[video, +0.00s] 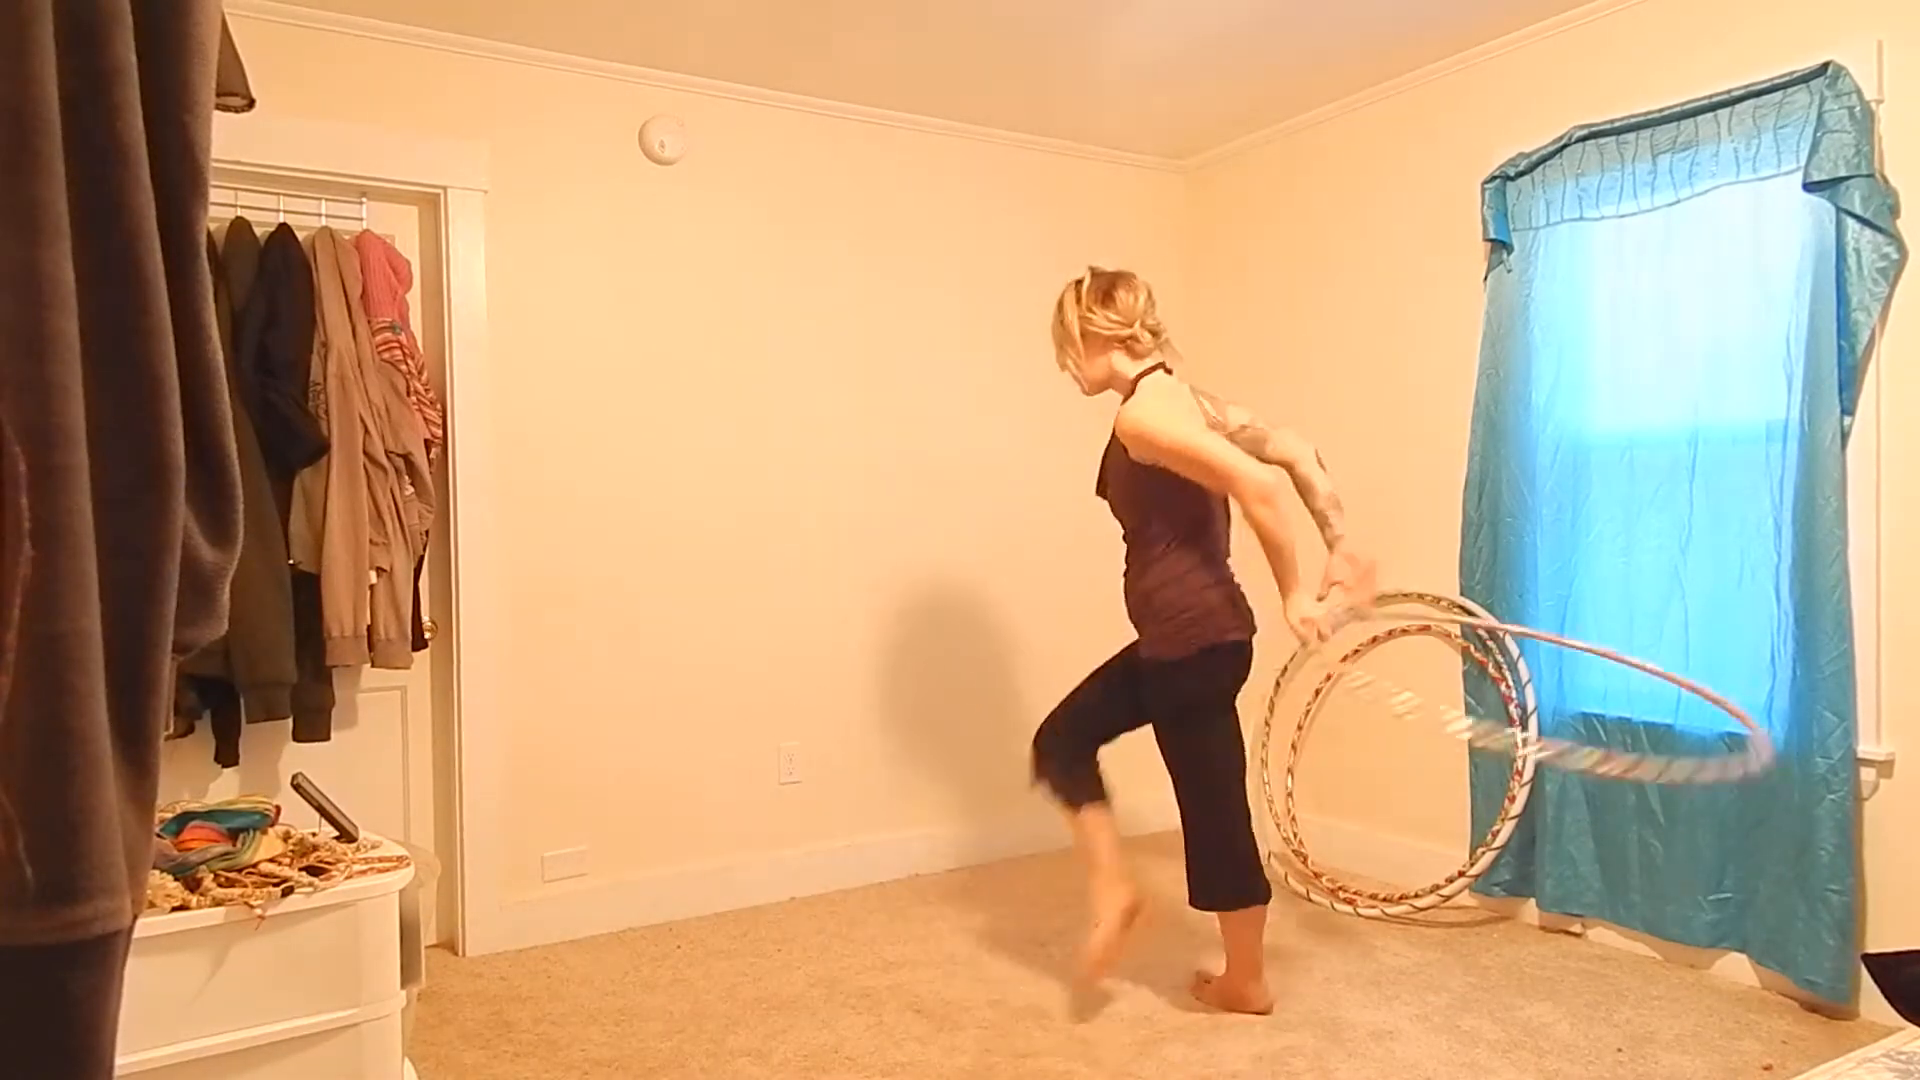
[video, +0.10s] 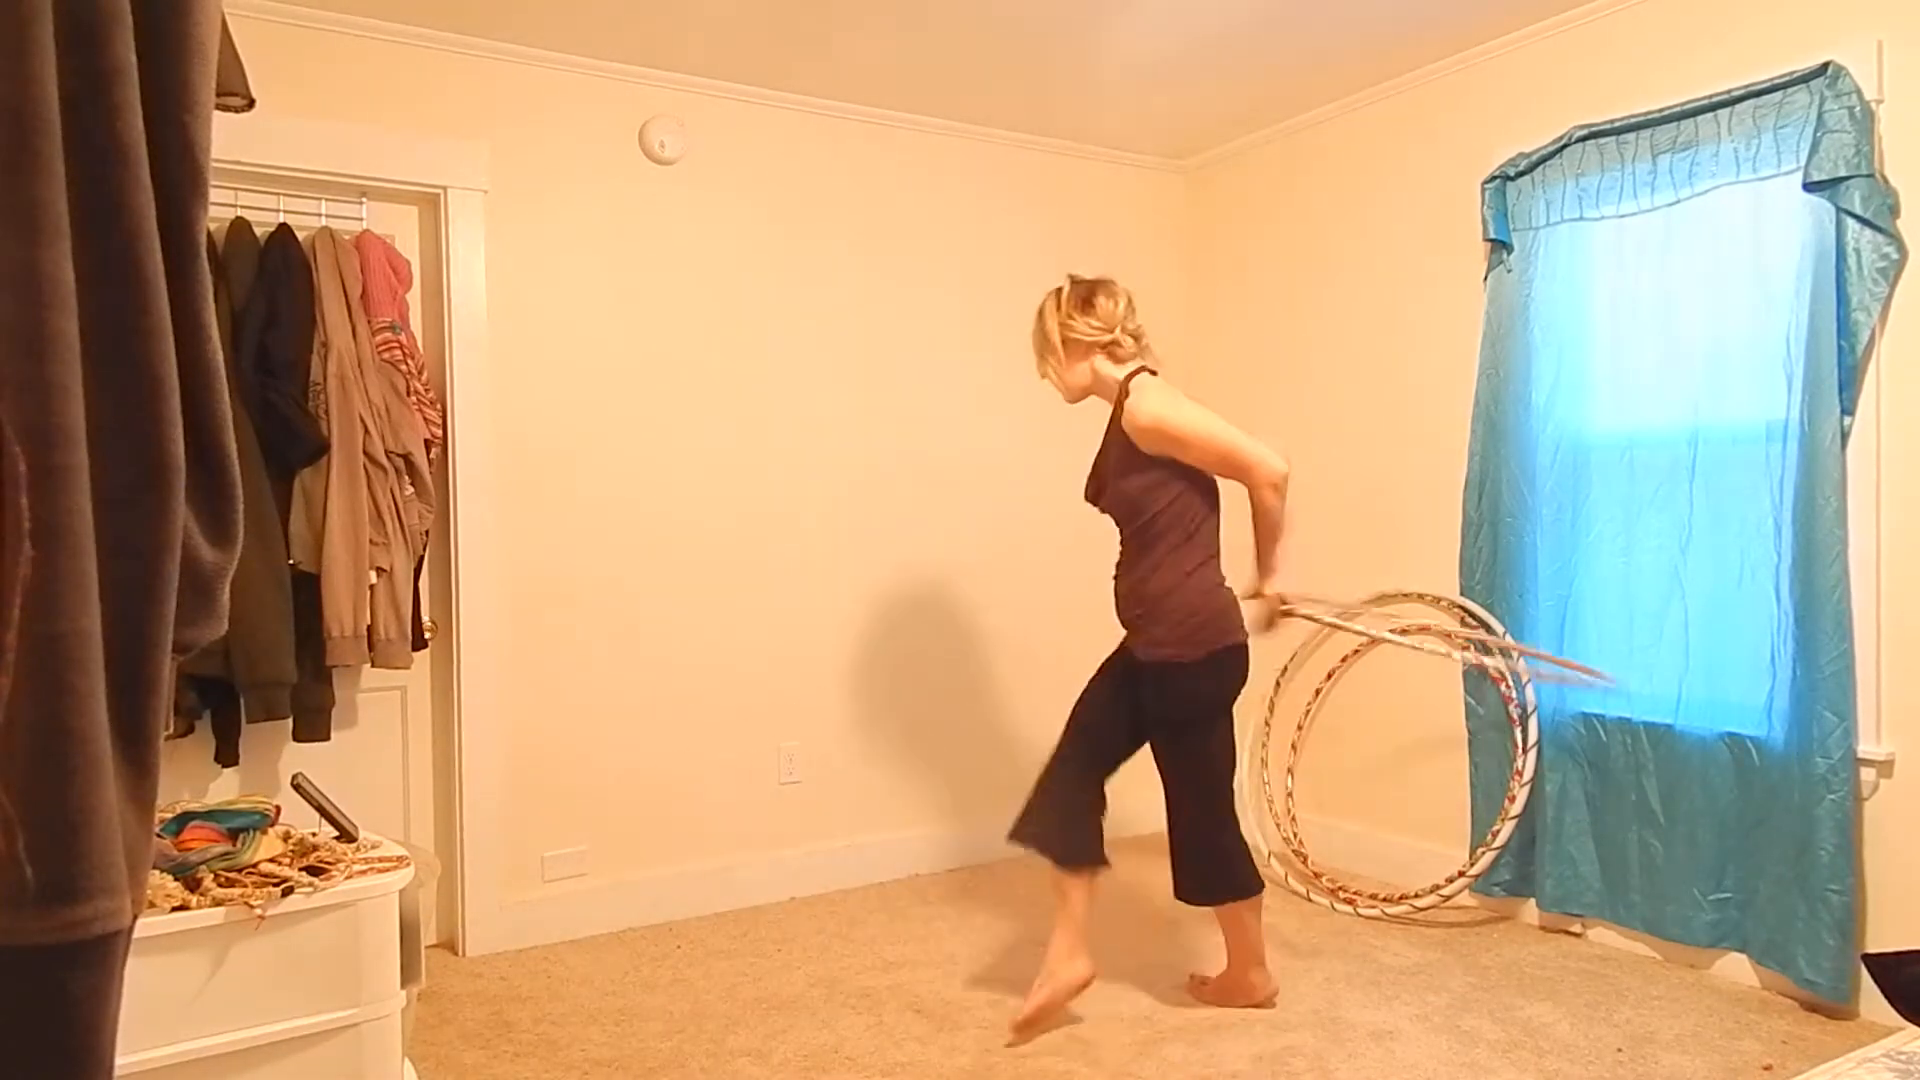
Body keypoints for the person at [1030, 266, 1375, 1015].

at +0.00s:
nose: (1067, 367)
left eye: (1069, 349)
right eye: (1064, 350)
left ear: (1101, 340)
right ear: (1131, 332)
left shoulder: (1143, 410)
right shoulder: (1180, 395)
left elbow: (1258, 489)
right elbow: (1294, 456)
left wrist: (1295, 594)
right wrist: (1342, 542)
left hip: (1189, 646)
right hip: (1200, 639)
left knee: (1215, 812)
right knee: (1063, 739)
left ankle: (1245, 981)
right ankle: (1110, 889)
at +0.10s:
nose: (1050, 375)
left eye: (1051, 357)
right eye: (1047, 359)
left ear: (1084, 346)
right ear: (1100, 344)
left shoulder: (1146, 405)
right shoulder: (1136, 407)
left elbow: (1267, 472)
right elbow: (1261, 471)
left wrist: (1267, 576)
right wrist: (1265, 579)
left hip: (1192, 650)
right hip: (1153, 646)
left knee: (1205, 811)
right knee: (1071, 778)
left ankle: (1249, 972)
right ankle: (1066, 955)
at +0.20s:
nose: (1029, 375)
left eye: (1031, 358)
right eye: (1027, 360)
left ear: (1065, 346)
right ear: (1074, 343)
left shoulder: (1142, 405)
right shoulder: (1107, 416)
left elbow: (1257, 480)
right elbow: (1166, 501)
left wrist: (1220, 561)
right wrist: (1167, 568)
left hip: (1189, 657)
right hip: (1126, 652)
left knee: (1191, 816)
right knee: (1080, 806)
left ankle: (1247, 963)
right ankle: (1071, 984)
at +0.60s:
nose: (1011, 377)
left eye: (1024, 360)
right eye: (1005, 363)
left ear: (1071, 358)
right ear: (1008, 368)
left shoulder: (1145, 447)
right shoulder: (1017, 443)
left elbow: (1191, 567)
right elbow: (897, 468)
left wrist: (1196, 699)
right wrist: (915, 530)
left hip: (1133, 679)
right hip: (1039, 682)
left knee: (1163, 844)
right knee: (1028, 857)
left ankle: (1093, 837)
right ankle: (1081, 1023)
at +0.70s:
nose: (1030, 373)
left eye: (1047, 358)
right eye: (1020, 360)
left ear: (1088, 363)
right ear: (1011, 369)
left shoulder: (1136, 458)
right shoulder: (1008, 441)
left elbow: (1154, 579)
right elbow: (909, 407)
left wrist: (1153, 683)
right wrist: (987, 440)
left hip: (1116, 679)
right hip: (1027, 685)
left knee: (1193, 797)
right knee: (1023, 858)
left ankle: (1115, 888)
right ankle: (1082, 1017)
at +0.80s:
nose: (1043, 372)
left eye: (1060, 358)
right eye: (1032, 358)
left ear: (1088, 365)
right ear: (1015, 365)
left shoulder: (1122, 461)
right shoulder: (995, 433)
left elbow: (1120, 553)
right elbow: (945, 355)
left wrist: (1093, 633)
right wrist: (1004, 346)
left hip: (1112, 658)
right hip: (1019, 676)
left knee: (1222, 769)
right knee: (1021, 853)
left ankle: (1168, 960)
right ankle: (1081, 1013)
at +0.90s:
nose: (1039, 339)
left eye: (1057, 326)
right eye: (1027, 326)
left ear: (1085, 346)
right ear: (1008, 344)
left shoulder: (1115, 449)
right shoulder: (991, 422)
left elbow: (1111, 525)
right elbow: (966, 321)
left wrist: (1040, 564)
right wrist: (1080, 274)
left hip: (1112, 661)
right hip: (1019, 681)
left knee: (1235, 756)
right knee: (1028, 852)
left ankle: (1265, 975)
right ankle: (1079, 1015)